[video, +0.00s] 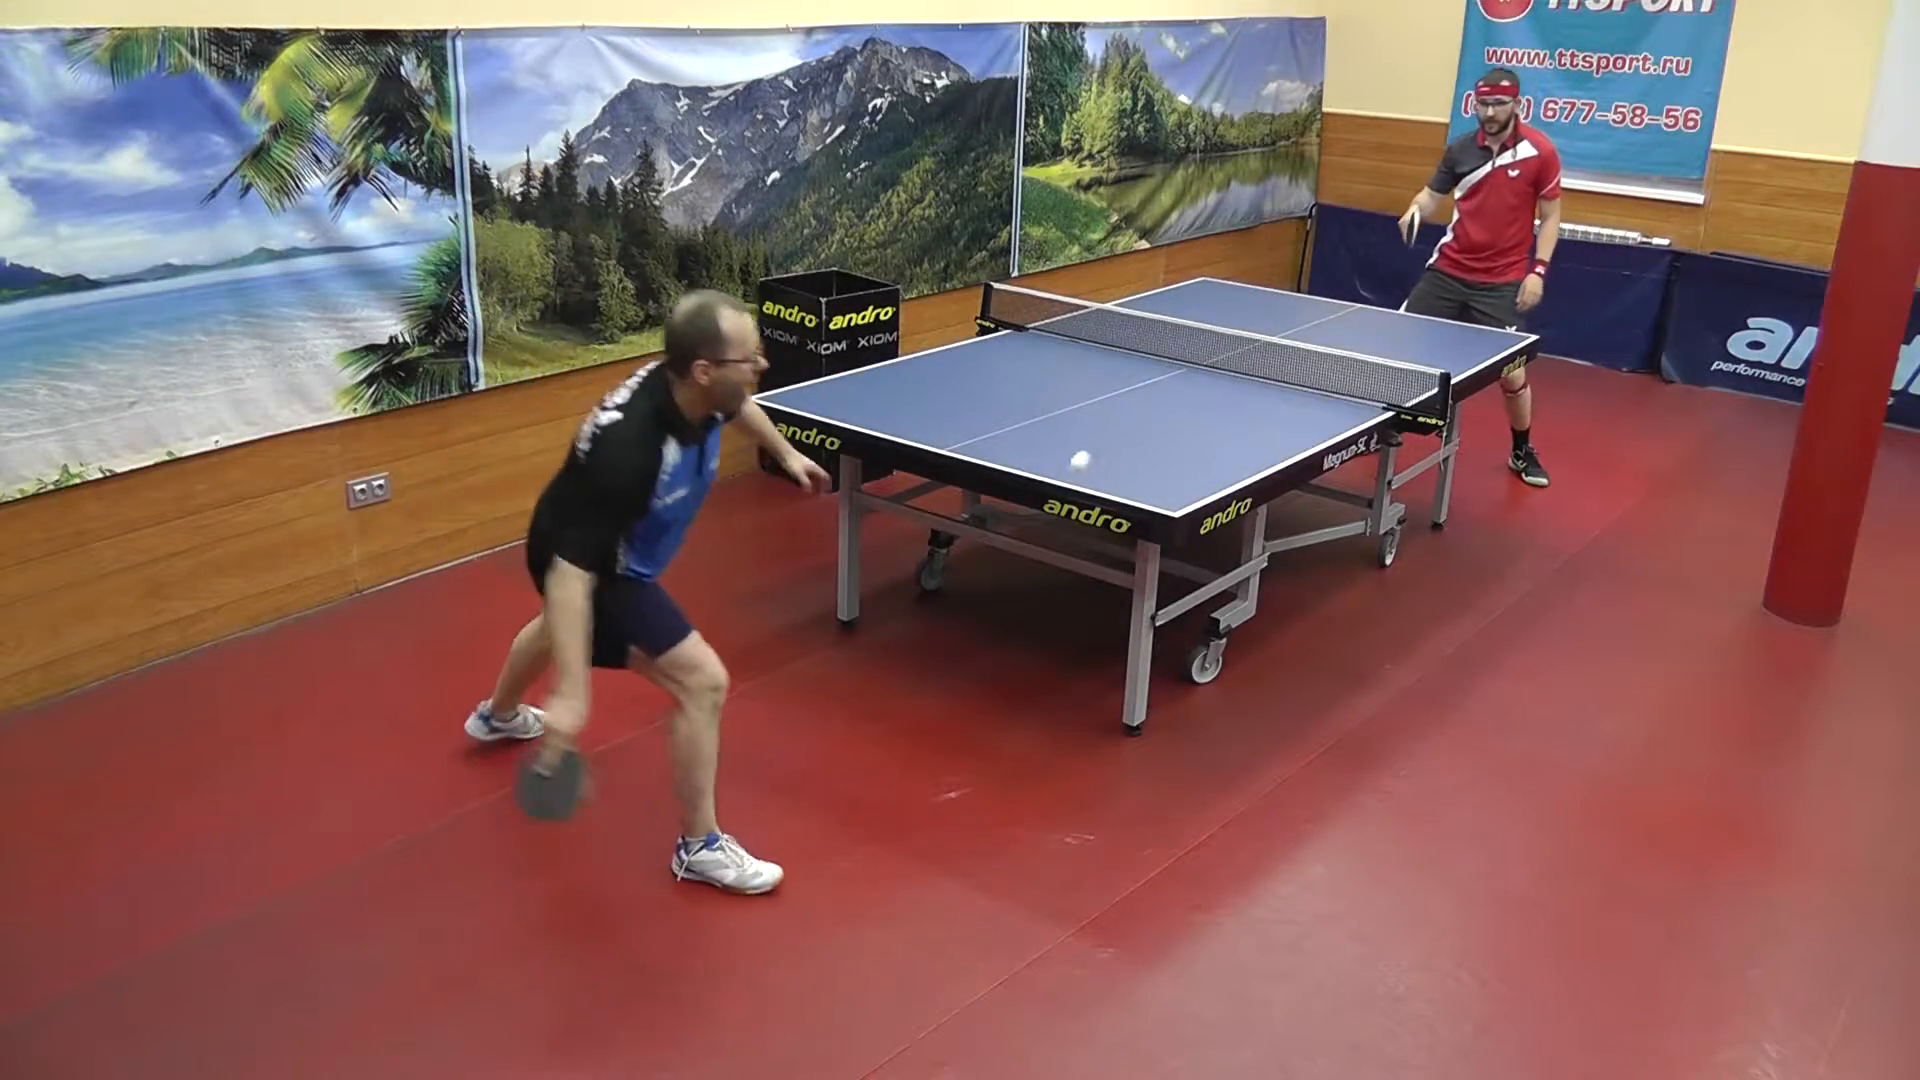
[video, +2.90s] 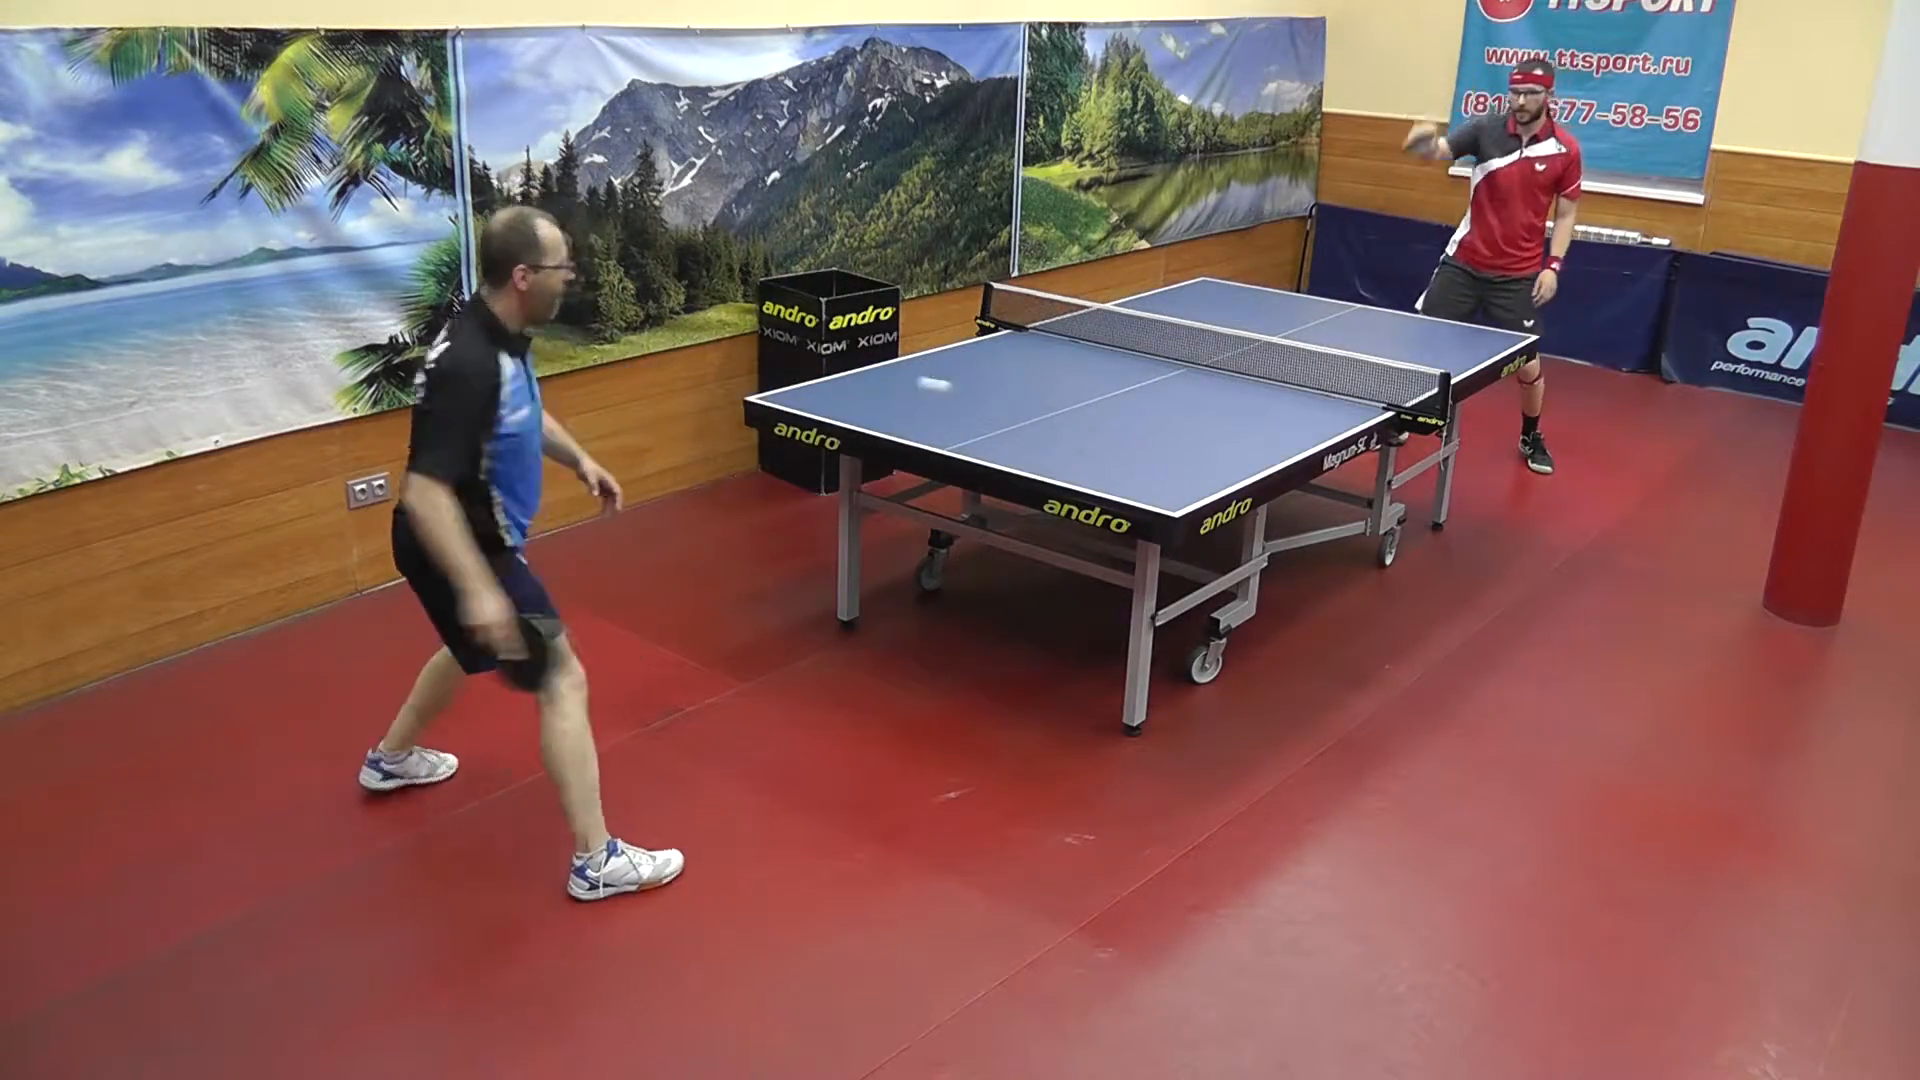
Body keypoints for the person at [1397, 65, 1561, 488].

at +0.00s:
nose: (1489, 114)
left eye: (1498, 105)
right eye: (1483, 104)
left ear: (1517, 106)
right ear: (1475, 106)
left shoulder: (1541, 154)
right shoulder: (1459, 150)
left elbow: (1550, 216)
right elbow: (1432, 195)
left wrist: (1538, 272)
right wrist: (1416, 208)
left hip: (1501, 285)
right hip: (1447, 274)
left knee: (1513, 375)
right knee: (1398, 342)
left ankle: (1522, 451)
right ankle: (1380, 423)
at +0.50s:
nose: (1427, 121)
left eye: (1436, 112)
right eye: (1420, 112)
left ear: (1453, 110)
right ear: (1412, 113)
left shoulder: (1481, 152)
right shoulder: (1401, 154)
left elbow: (1502, 212)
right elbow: (1371, 203)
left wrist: (1499, 262)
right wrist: (1379, 221)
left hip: (1470, 276)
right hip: (1411, 274)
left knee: (1501, 360)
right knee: (1373, 344)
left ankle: (1522, 449)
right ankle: (1368, 426)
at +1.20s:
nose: (1474, 116)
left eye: (1484, 108)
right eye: (1470, 107)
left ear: (1504, 108)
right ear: (1464, 109)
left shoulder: (1531, 153)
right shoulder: (1451, 155)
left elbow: (1549, 210)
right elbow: (1430, 210)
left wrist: (1559, 262)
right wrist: (1438, 242)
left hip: (1506, 283)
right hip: (1450, 275)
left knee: (1521, 368)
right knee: (1403, 340)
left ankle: (1532, 438)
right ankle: (1400, 413)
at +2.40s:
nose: (1529, 122)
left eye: (1538, 113)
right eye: (1522, 113)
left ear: (1555, 111)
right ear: (1513, 110)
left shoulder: (1569, 147)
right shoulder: (1498, 145)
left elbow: (1574, 201)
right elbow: (1468, 198)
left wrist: (1583, 255)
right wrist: (1490, 236)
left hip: (1534, 268)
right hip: (1477, 262)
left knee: (1543, 360)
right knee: (1436, 342)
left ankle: (1533, 437)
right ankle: (1415, 409)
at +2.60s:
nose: (1547, 108)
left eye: (1557, 100)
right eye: (1541, 99)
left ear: (1573, 101)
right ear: (1532, 95)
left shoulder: (1580, 149)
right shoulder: (1511, 120)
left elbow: (1580, 210)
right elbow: (1480, 116)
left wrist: (1584, 265)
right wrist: (1467, 89)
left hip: (1533, 269)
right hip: (1476, 258)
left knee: (1541, 361)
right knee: (1435, 338)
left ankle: (1532, 437)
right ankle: (1424, 410)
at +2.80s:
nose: (1533, 102)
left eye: (1543, 95)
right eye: (1528, 93)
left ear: (1561, 97)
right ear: (1520, 91)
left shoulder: (1574, 150)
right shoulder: (1498, 122)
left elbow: (1572, 215)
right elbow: (1444, 124)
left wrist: (1564, 268)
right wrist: (1441, 101)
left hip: (1524, 276)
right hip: (1468, 262)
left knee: (1533, 366)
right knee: (1425, 338)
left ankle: (1532, 436)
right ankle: (1411, 409)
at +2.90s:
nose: (1521, 102)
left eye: (1531, 94)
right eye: (1516, 93)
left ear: (1549, 97)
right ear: (1509, 93)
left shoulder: (1565, 150)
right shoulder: (1485, 128)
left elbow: (1566, 214)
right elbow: (1437, 152)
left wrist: (1553, 267)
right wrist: (1424, 142)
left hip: (1518, 277)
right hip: (1463, 264)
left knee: (1528, 366)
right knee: (1419, 339)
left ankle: (1531, 437)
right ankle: (1402, 413)